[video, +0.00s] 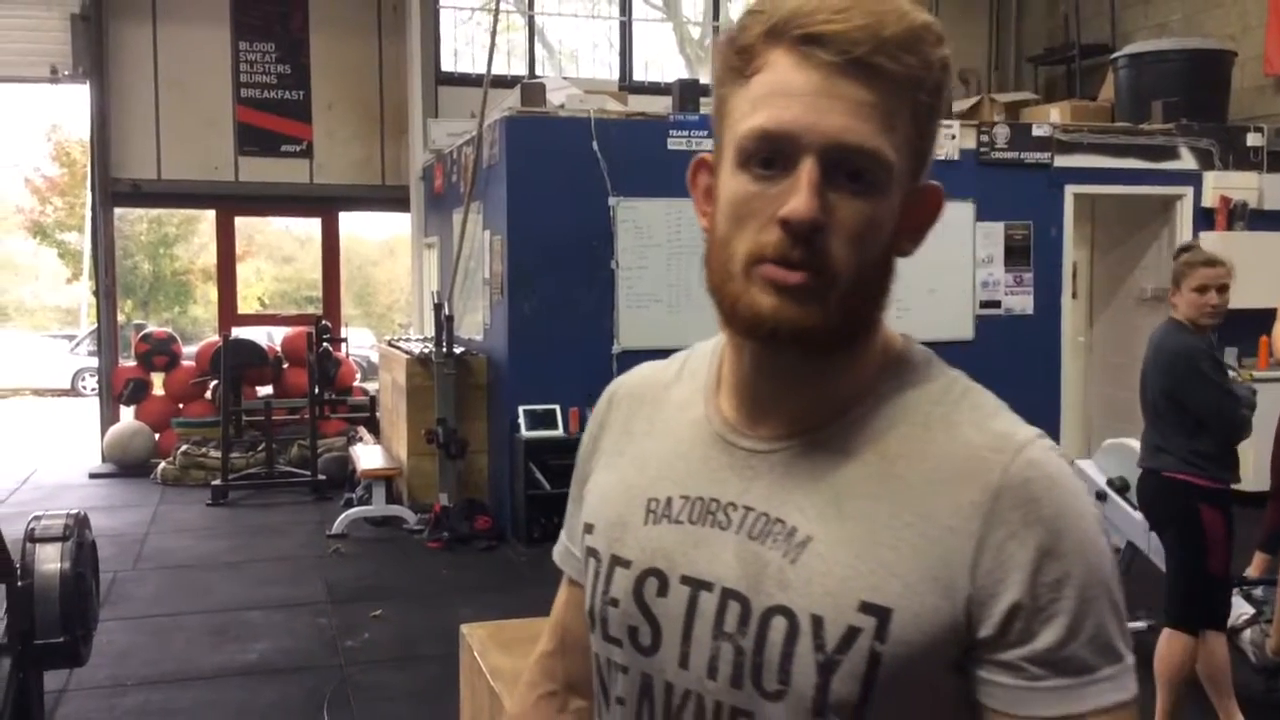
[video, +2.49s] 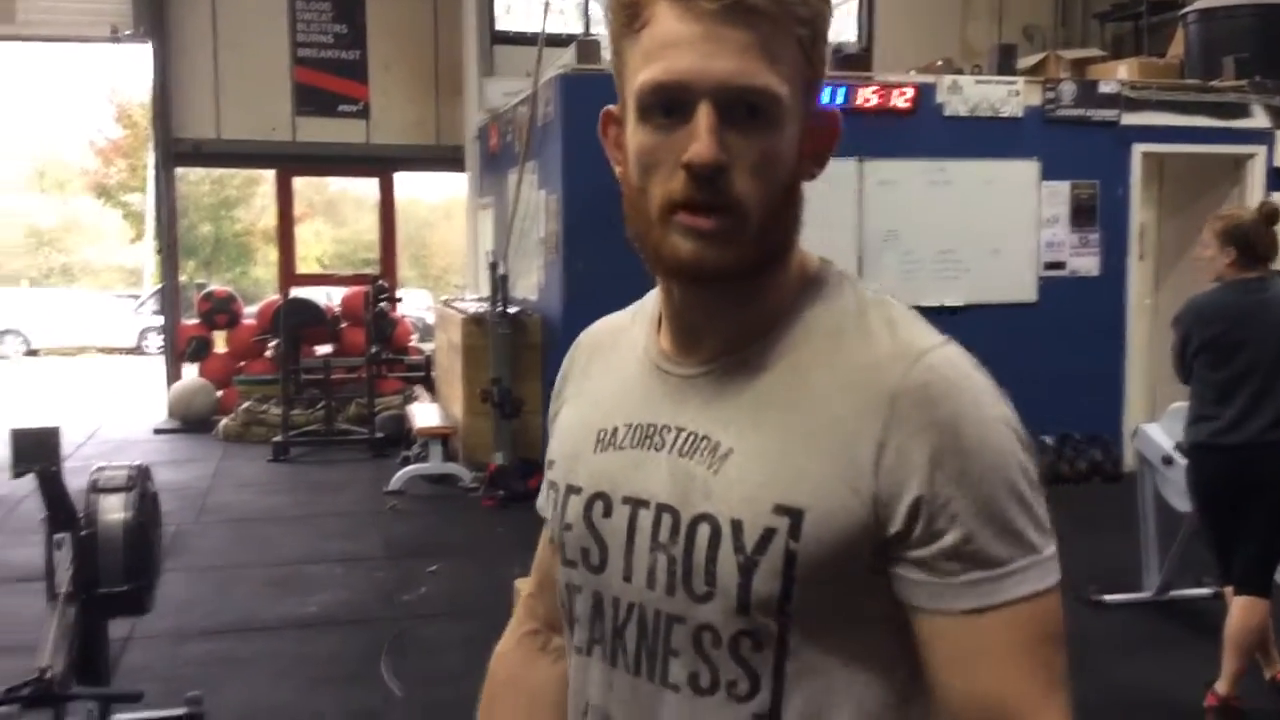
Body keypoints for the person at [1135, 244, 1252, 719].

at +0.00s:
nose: (1215, 299)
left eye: (1222, 289)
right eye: (1203, 290)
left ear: (1229, 291)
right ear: (1175, 295)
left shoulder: (1173, 339)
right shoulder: (1187, 348)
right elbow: (1235, 426)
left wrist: (1235, 397)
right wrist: (1244, 393)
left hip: (1178, 485)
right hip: (1189, 491)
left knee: (1210, 615)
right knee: (1185, 616)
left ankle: (1230, 714)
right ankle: (1162, 715)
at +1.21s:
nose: (1266, 309)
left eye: (1268, 300)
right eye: (1265, 299)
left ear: (1221, 286)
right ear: (1240, 291)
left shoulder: (1165, 339)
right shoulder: (1249, 350)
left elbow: (1175, 408)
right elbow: (1273, 422)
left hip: (1178, 482)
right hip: (1235, 486)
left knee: (1234, 608)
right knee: (1219, 612)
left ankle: (1257, 709)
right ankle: (1202, 710)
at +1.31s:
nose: (1262, 309)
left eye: (1265, 299)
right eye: (1261, 298)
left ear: (1218, 284)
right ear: (1238, 289)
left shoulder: (1162, 336)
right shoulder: (1246, 348)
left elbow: (1167, 401)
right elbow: (1272, 420)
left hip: (1174, 478)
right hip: (1232, 483)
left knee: (1183, 595)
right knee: (1233, 603)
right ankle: (1253, 705)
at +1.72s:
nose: (1242, 289)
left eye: (1243, 281)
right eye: (1241, 281)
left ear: (1186, 275)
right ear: (1232, 281)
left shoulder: (1151, 330)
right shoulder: (1232, 339)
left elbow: (1154, 394)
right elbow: (1258, 418)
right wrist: (1208, 398)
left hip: (1160, 472)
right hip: (1218, 476)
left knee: (1169, 588)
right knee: (1218, 597)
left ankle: (1169, 698)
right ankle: (1240, 703)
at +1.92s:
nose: (1170, 279)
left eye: (1173, 272)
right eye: (1172, 272)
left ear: (1182, 277)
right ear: (1227, 280)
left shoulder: (1150, 330)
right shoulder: (1251, 333)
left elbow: (1150, 393)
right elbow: (1266, 412)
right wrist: (1217, 408)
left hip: (1157, 476)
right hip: (1223, 478)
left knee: (1209, 589)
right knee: (1199, 601)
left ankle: (1236, 696)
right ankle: (1179, 710)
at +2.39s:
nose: (1180, 258)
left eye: (1189, 250)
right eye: (1182, 248)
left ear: (1219, 259)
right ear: (1233, 258)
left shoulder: (1184, 311)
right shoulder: (1274, 300)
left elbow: (1165, 371)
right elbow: (1272, 365)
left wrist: (1217, 358)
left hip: (1196, 459)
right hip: (1265, 455)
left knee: (1218, 578)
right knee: (1236, 578)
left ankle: (1258, 674)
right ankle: (1206, 692)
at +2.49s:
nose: (1203, 258)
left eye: (1210, 249)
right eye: (1205, 248)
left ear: (1230, 255)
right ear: (1259, 252)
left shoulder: (1199, 310)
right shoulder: (1275, 296)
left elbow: (1185, 369)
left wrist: (1231, 368)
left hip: (1212, 452)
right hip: (1271, 449)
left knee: (1239, 571)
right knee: (1253, 575)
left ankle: (1271, 664)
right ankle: (1223, 688)